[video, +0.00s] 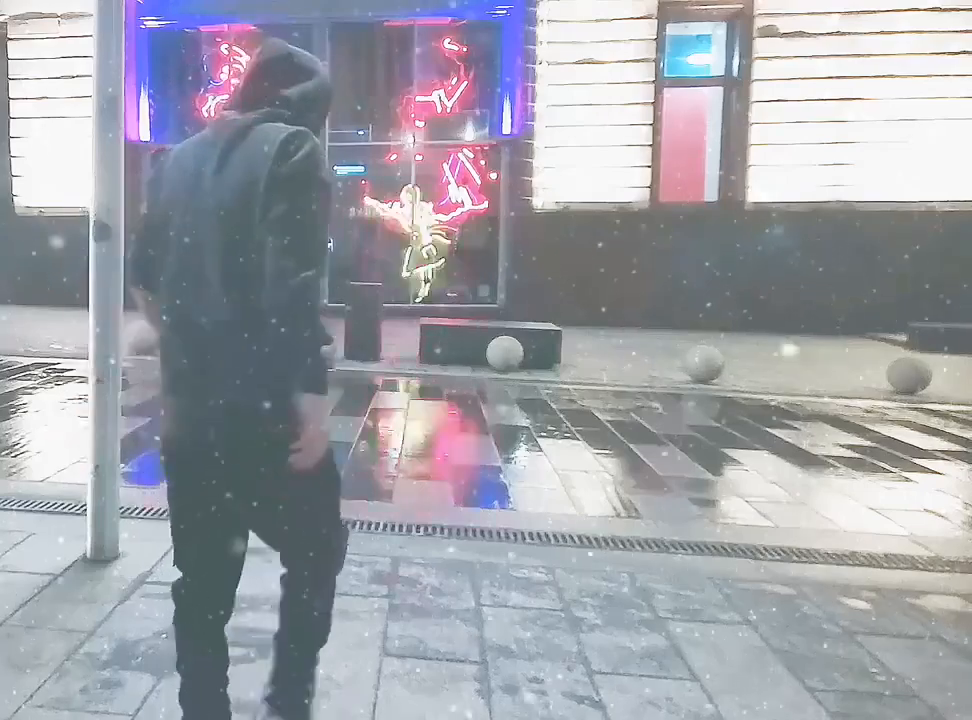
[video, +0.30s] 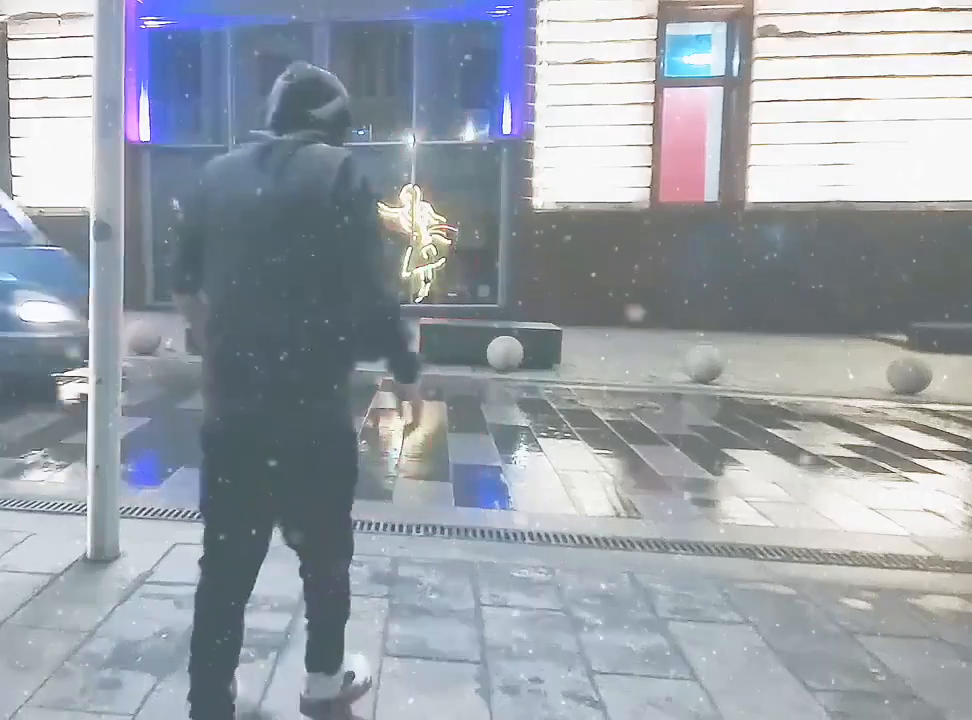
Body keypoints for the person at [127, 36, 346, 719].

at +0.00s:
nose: (313, 119)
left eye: (309, 110)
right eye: (314, 109)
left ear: (249, 95)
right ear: (303, 102)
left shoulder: (179, 157)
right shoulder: (296, 150)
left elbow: (144, 273)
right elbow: (294, 284)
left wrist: (187, 342)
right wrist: (312, 397)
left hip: (191, 409)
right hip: (270, 405)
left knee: (201, 582)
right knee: (316, 549)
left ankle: (204, 710)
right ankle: (290, 697)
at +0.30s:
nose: (339, 134)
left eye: (339, 126)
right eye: (337, 125)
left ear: (272, 114)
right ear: (327, 120)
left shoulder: (216, 173)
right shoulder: (338, 172)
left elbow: (187, 278)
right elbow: (372, 289)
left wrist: (213, 349)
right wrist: (405, 366)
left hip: (231, 394)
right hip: (312, 395)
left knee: (226, 558)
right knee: (324, 547)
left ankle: (209, 703)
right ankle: (324, 676)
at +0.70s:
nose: (387, 147)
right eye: (388, 136)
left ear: (329, 123)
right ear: (384, 131)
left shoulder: (279, 173)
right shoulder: (401, 177)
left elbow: (237, 263)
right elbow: (433, 279)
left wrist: (229, 357)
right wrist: (452, 359)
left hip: (291, 363)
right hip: (366, 368)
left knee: (292, 493)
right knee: (353, 513)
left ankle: (263, 618)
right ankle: (326, 663)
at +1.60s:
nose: (405, 159)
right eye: (403, 152)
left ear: (350, 146)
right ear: (396, 148)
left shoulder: (311, 195)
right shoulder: (399, 185)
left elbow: (289, 275)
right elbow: (418, 277)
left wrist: (321, 327)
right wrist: (440, 347)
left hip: (332, 369)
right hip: (392, 366)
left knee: (340, 491)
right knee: (413, 481)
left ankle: (351, 605)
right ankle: (409, 597)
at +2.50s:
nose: (499, 172)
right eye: (497, 165)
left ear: (448, 157)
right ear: (490, 163)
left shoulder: (407, 198)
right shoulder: (495, 211)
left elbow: (379, 274)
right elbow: (508, 296)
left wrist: (400, 329)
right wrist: (506, 357)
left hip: (413, 353)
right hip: (463, 358)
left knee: (406, 456)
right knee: (448, 468)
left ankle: (373, 555)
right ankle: (426, 574)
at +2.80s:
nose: (531, 174)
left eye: (530, 164)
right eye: (527, 164)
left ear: (479, 159)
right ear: (510, 163)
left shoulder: (442, 204)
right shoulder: (503, 211)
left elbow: (437, 277)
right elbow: (504, 290)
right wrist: (509, 355)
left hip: (439, 343)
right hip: (476, 351)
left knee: (459, 452)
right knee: (459, 459)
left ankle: (479, 538)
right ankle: (429, 568)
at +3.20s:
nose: (556, 165)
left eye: (559, 155)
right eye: (549, 155)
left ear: (552, 159)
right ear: (523, 156)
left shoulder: (527, 208)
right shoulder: (495, 211)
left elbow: (531, 286)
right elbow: (491, 293)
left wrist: (552, 329)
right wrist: (512, 354)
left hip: (523, 349)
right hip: (496, 351)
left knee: (518, 454)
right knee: (513, 460)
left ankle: (509, 550)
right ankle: (442, 547)